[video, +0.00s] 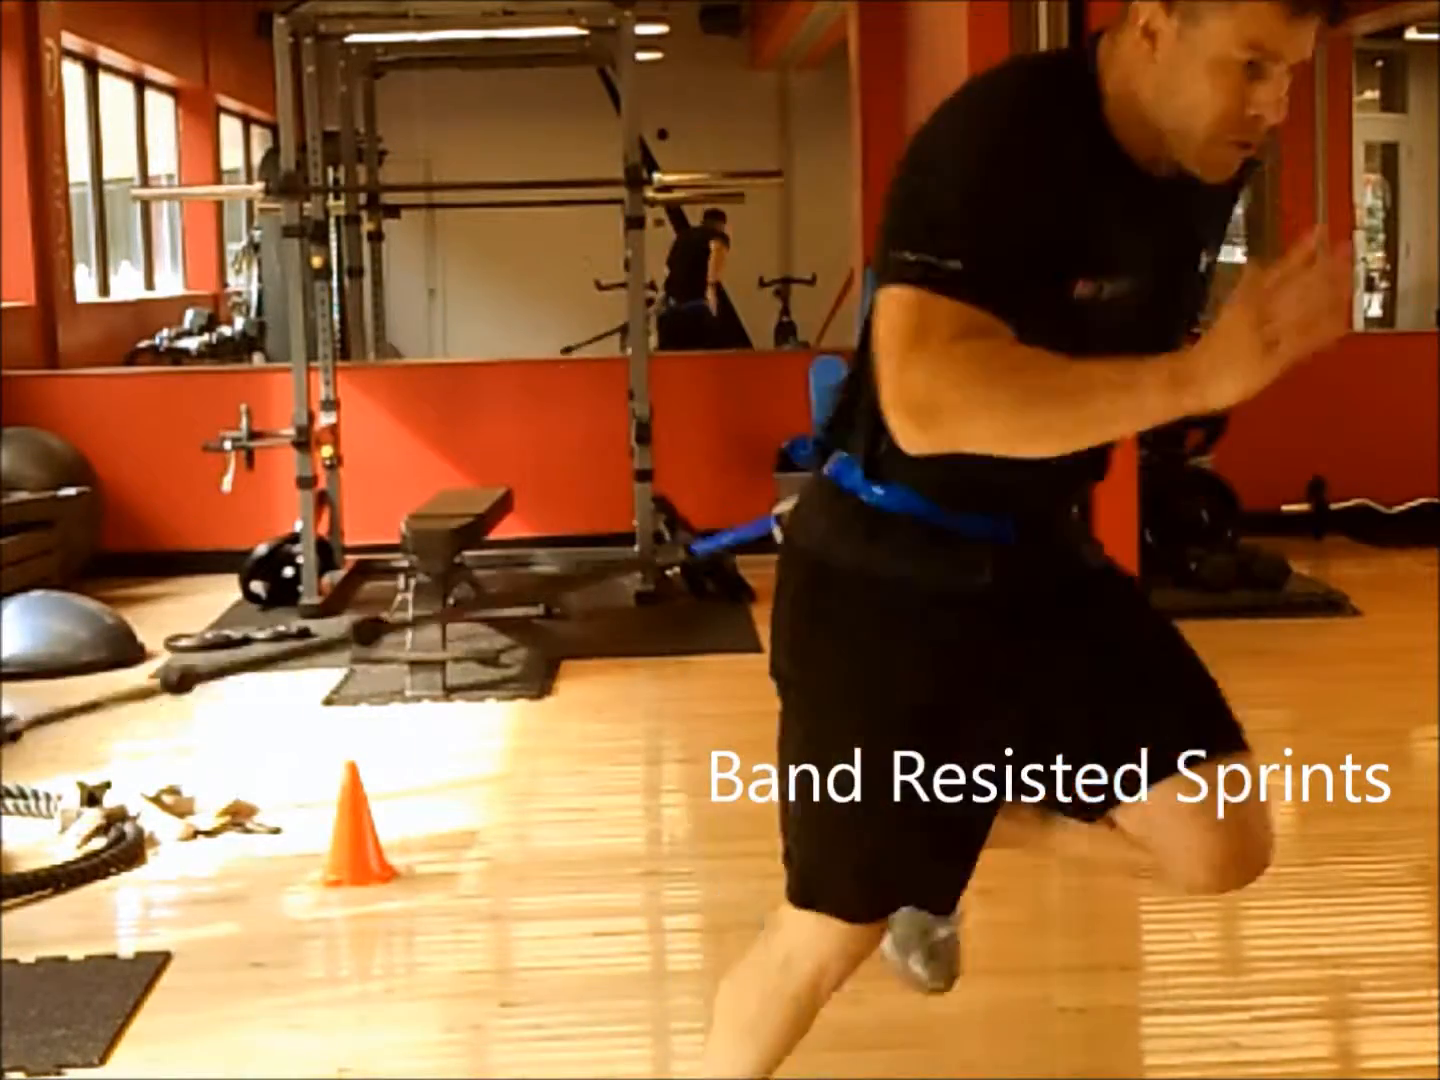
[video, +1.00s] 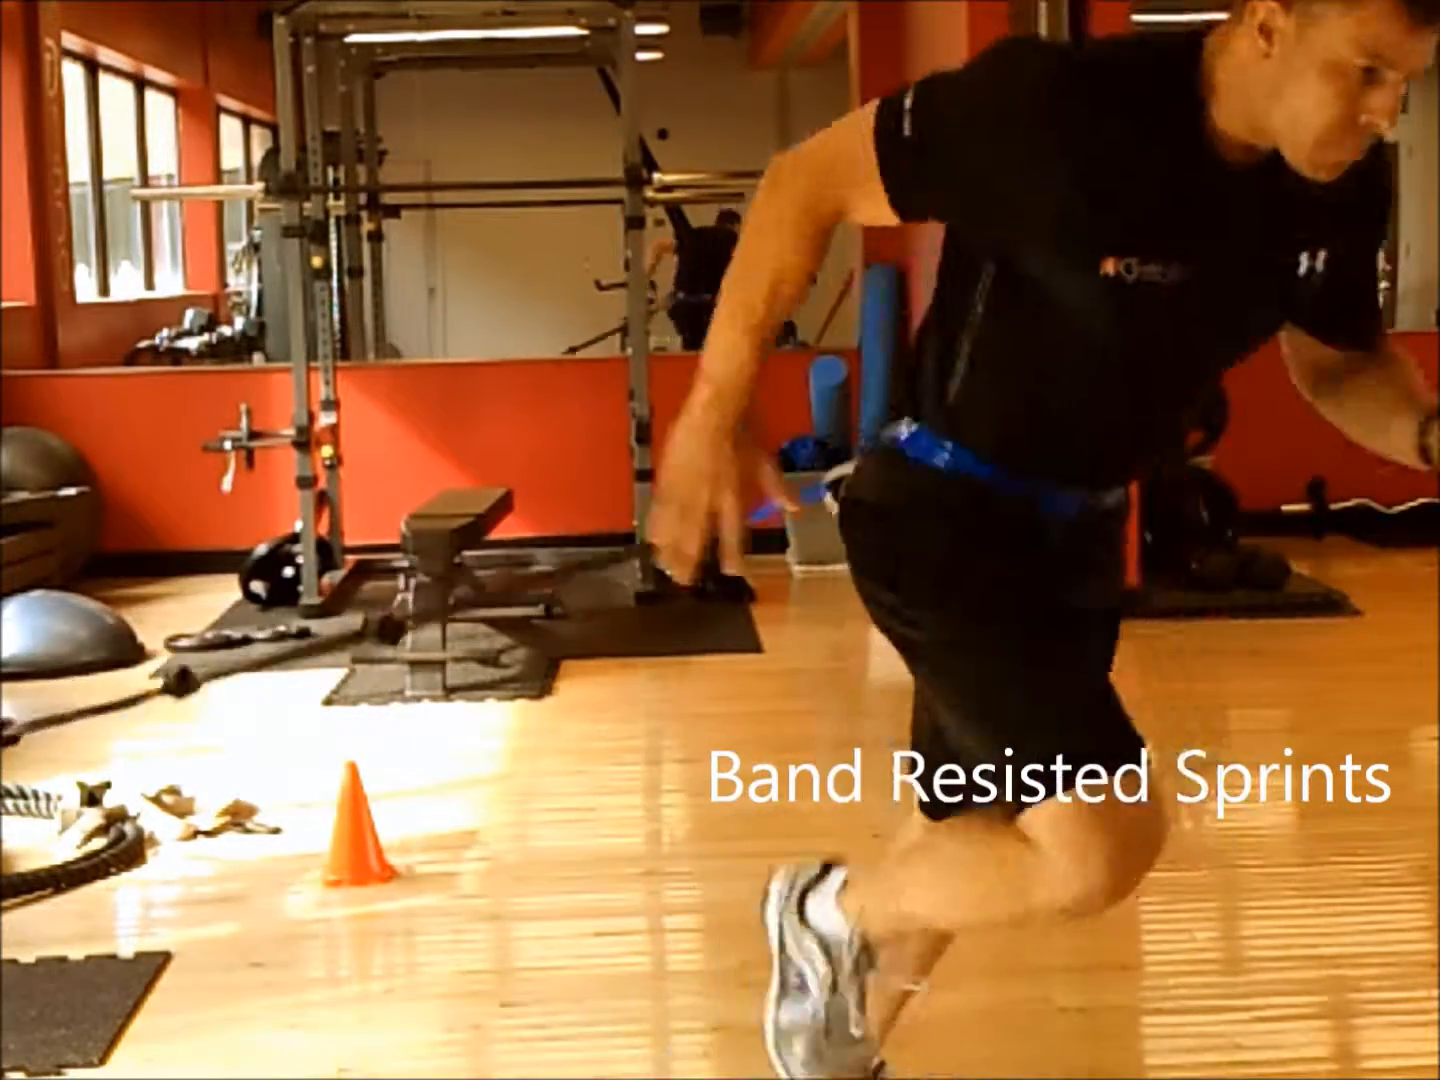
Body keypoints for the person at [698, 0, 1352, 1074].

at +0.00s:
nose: (1276, 110)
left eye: (1292, 74)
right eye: (1252, 67)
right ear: (1142, 31)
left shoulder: (1207, 164)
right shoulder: (991, 132)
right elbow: (930, 394)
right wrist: (1197, 374)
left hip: (1044, 556)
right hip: (880, 562)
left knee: (1218, 844)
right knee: (836, 922)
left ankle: (946, 812)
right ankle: (719, 1070)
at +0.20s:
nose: (1367, 28)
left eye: (1386, 6)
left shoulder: (1307, 99)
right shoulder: (1035, 36)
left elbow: (1219, 246)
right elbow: (840, 213)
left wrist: (1209, 420)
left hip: (1073, 447)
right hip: (912, 440)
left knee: (1095, 823)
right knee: (952, 847)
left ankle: (895, 1005)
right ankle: (698, 988)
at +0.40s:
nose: (1337, 103)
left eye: (1360, 70)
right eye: (1319, 57)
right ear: (1220, 17)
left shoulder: (1303, 167)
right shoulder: (1009, 91)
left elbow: (1299, 343)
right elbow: (772, 173)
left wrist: (1376, 415)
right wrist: (682, 409)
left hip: (1066, 525)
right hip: (924, 511)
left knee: (964, 834)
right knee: (1068, 859)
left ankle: (836, 1043)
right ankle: (787, 864)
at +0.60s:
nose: (1311, 99)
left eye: (1326, 64)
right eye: (1289, 56)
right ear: (1179, 21)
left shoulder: (1231, 157)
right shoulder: (1022, 114)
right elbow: (960, 381)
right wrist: (1237, 361)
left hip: (1065, 549)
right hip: (902, 554)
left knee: (1264, 837)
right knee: (838, 904)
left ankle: (980, 812)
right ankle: (702, 1072)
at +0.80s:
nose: (1402, 29)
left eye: (1416, 8)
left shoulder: (1328, 107)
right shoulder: (1069, 40)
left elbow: (1218, 274)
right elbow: (866, 238)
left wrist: (1203, 459)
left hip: (1102, 455)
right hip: (933, 445)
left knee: (1101, 836)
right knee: (944, 864)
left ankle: (907, 1026)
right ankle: (716, 1037)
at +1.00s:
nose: (1387, 115)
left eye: (1404, 84)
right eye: (1368, 74)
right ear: (1262, 28)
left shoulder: (1341, 176)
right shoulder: (1049, 103)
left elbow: (1336, 359)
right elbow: (804, 183)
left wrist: (1423, 434)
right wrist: (713, 411)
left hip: (1077, 524)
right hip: (938, 504)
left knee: (966, 840)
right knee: (1104, 840)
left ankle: (845, 1048)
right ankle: (832, 915)